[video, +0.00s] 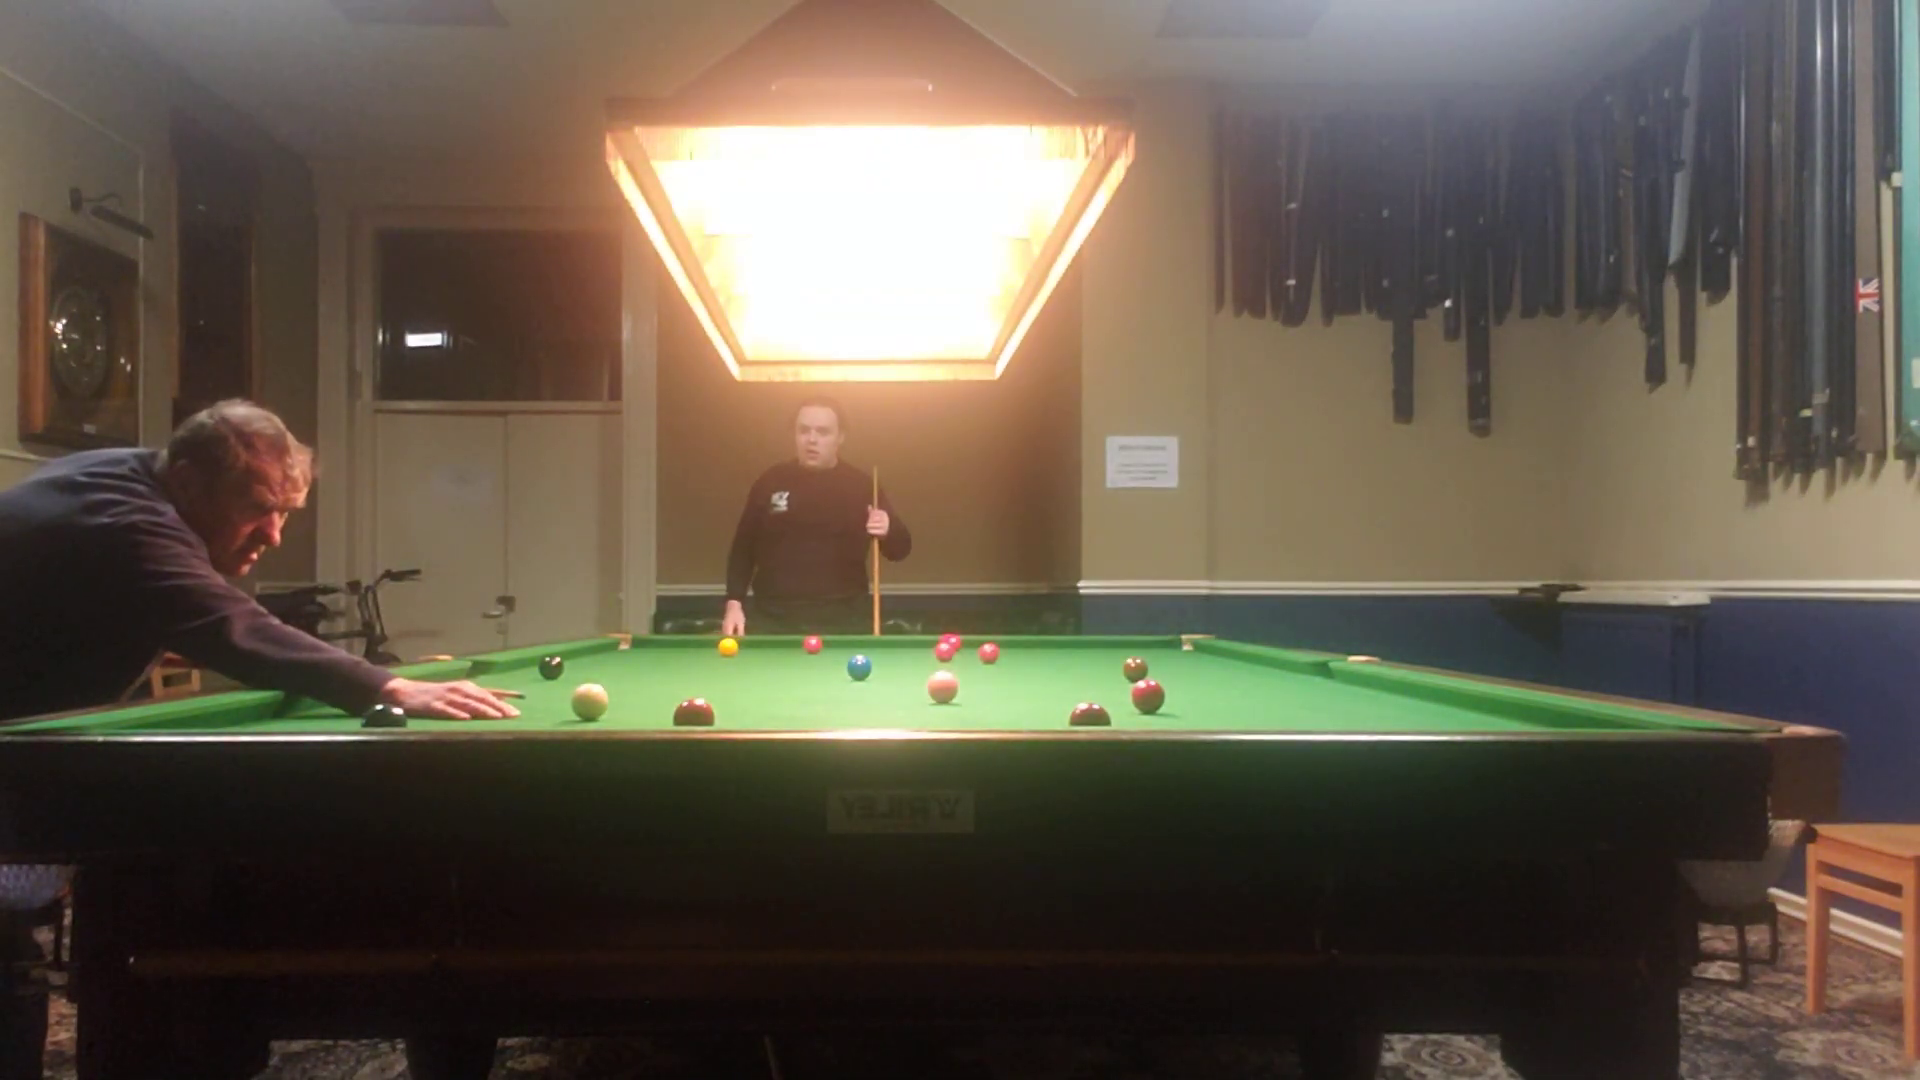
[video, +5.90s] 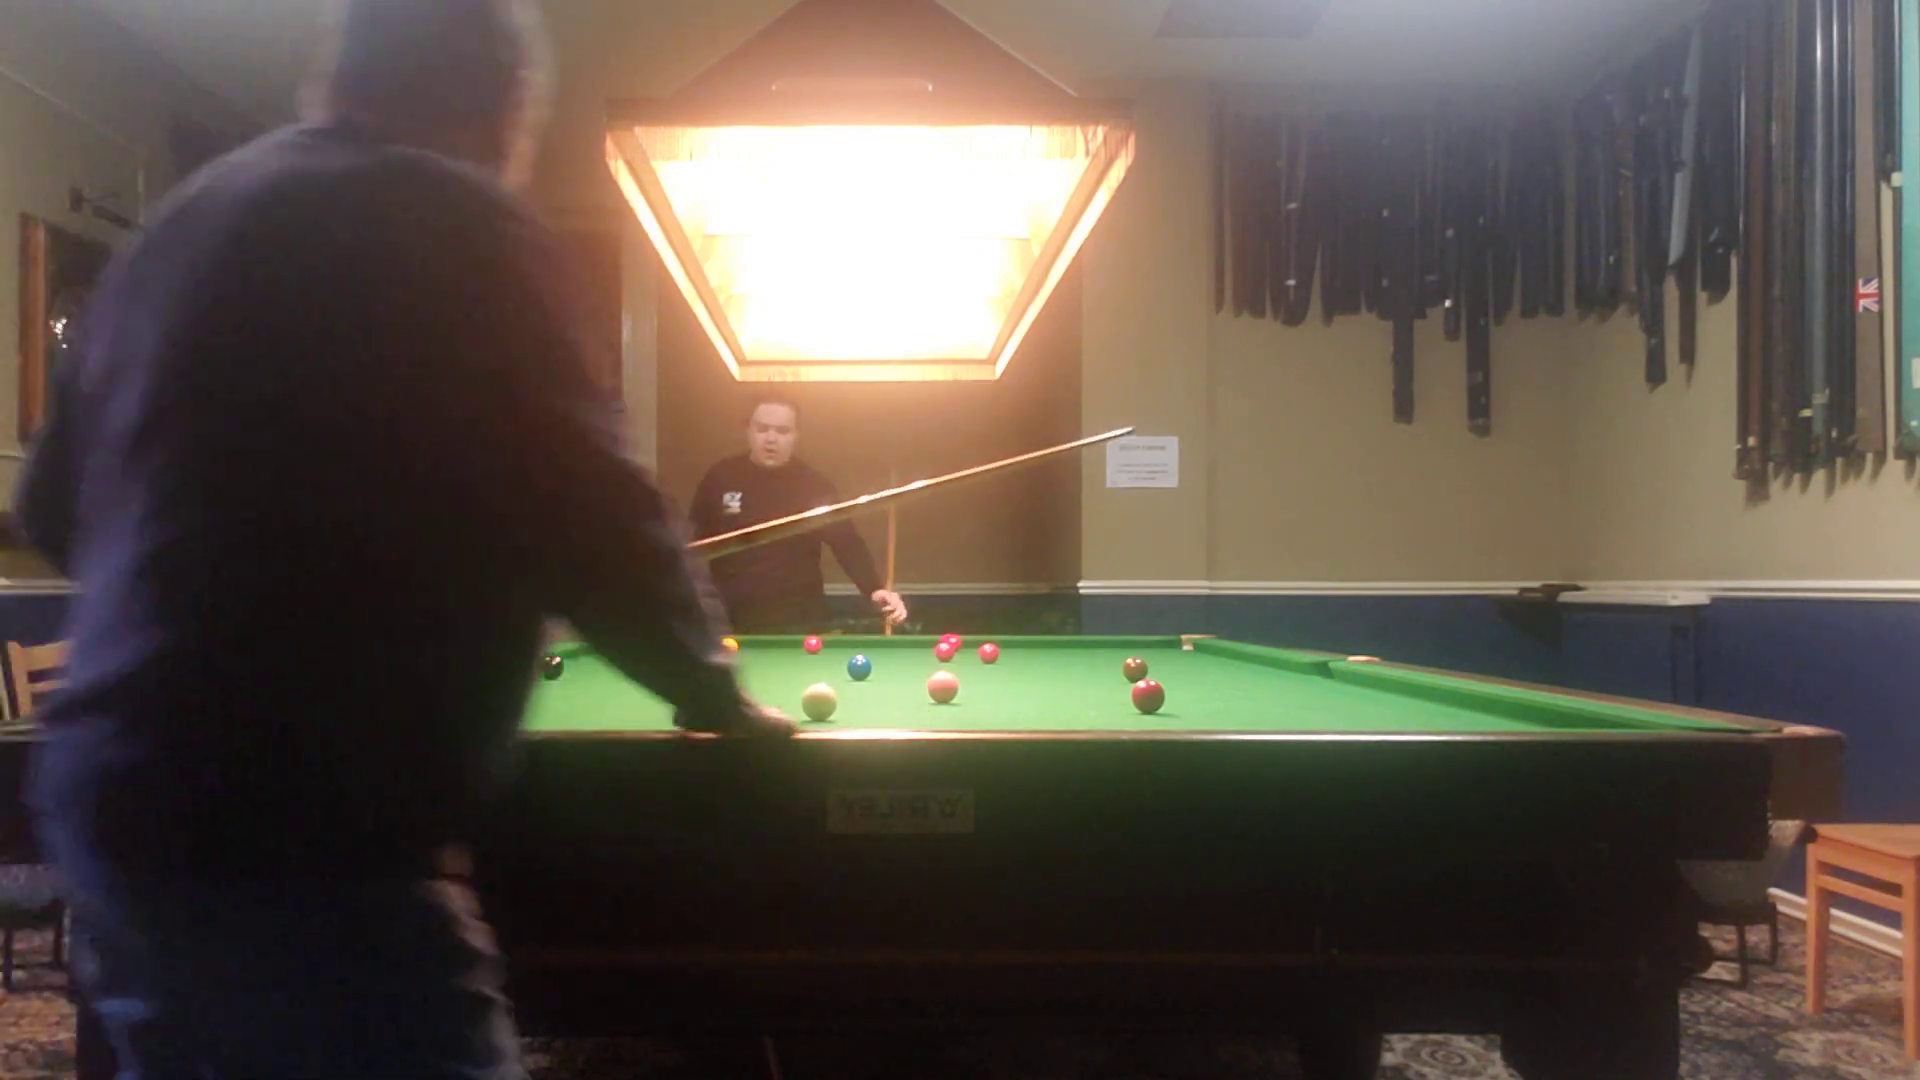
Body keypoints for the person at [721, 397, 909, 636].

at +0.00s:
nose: (812, 439)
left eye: (823, 432)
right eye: (804, 430)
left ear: (840, 438)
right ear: (794, 435)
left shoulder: (862, 486)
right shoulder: (771, 483)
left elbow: (901, 550)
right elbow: (743, 547)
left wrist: (888, 532)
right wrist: (734, 602)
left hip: (843, 620)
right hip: (775, 621)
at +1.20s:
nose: (781, 434)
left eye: (792, 426)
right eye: (773, 425)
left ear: (807, 436)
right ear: (762, 432)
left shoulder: (832, 480)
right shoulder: (739, 483)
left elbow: (867, 546)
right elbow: (716, 551)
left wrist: (860, 537)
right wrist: (710, 609)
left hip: (819, 626)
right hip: (748, 627)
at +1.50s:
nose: (753, 431)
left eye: (765, 424)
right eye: (746, 422)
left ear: (781, 433)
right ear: (735, 429)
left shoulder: (808, 482)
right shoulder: (711, 483)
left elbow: (836, 552)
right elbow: (687, 550)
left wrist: (839, 539)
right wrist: (681, 608)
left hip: (792, 627)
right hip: (723, 626)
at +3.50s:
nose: (739, 450)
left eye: (750, 440)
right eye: (731, 439)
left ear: (768, 442)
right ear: (720, 440)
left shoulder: (788, 489)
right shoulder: (692, 489)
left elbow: (812, 558)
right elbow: (667, 549)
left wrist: (821, 547)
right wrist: (660, 604)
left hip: (765, 635)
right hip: (694, 634)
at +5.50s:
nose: (749, 449)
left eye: (760, 441)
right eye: (741, 439)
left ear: (774, 444)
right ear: (727, 439)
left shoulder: (791, 487)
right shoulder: (697, 489)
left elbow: (829, 539)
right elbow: (670, 556)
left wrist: (851, 544)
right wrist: (666, 605)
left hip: (774, 632)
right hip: (704, 632)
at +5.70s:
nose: (758, 444)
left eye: (768, 436)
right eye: (749, 434)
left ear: (781, 440)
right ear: (735, 435)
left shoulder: (799, 486)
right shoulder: (706, 481)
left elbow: (832, 529)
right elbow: (678, 547)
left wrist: (860, 560)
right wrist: (672, 604)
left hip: (784, 626)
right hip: (713, 625)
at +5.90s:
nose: (771, 438)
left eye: (782, 430)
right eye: (762, 429)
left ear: (796, 436)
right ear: (748, 431)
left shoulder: (814, 486)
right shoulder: (720, 480)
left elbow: (846, 542)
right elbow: (694, 548)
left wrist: (874, 589)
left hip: (803, 625)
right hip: (735, 624)